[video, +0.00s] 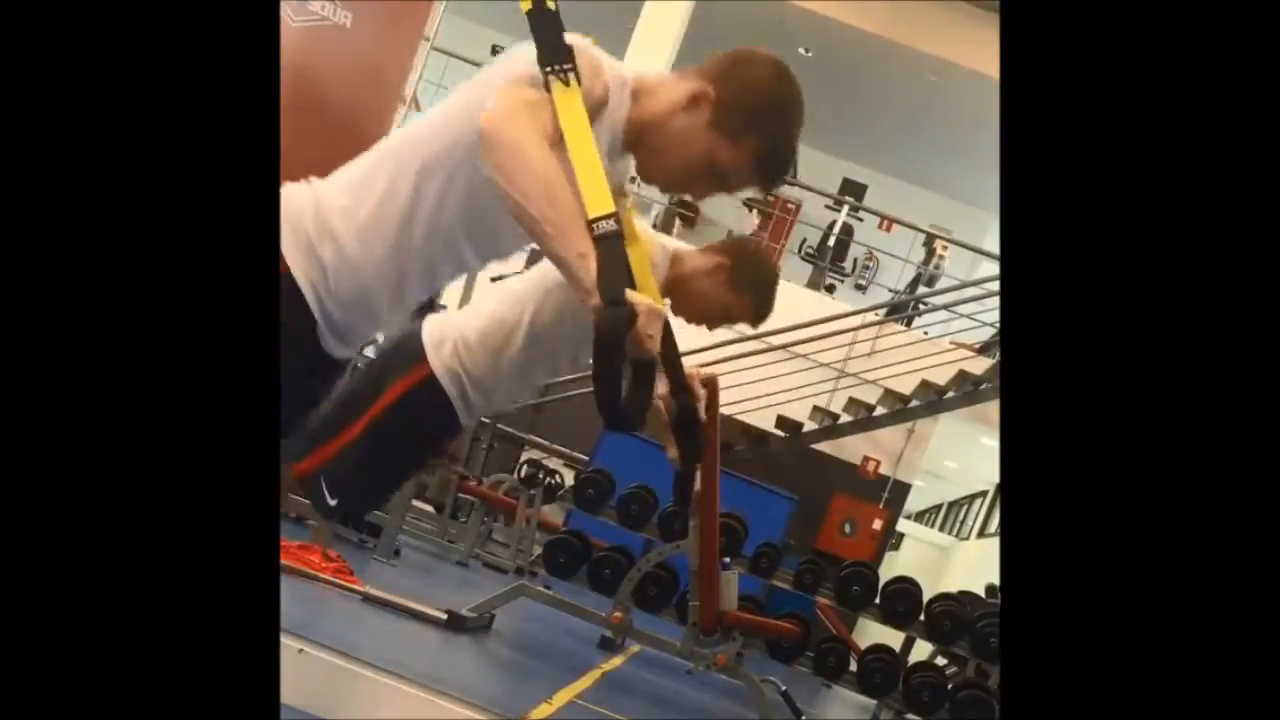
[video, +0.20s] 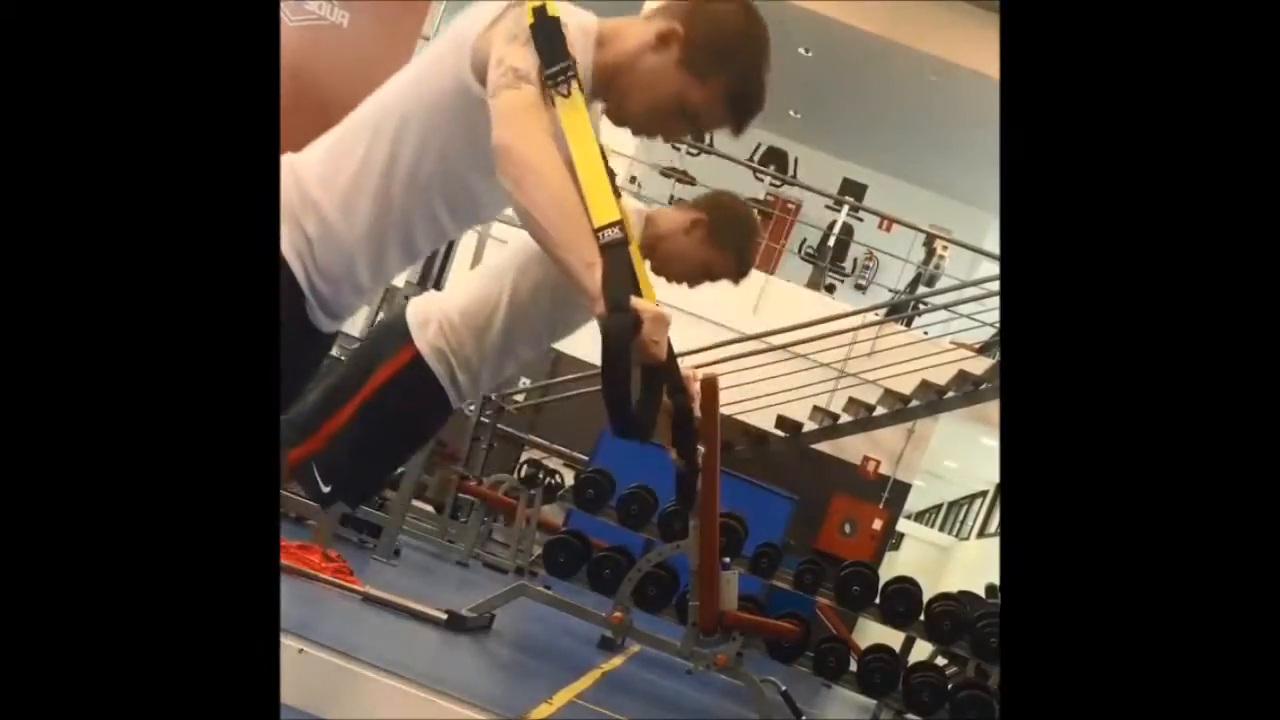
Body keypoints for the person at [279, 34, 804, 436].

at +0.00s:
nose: (700, 195)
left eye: (721, 189)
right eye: (715, 172)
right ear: (698, 104)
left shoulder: (610, 165)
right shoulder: (583, 69)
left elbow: (626, 273)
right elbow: (507, 134)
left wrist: (669, 380)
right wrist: (598, 286)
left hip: (336, 337)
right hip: (294, 273)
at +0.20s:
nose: (672, 141)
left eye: (691, 135)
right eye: (685, 118)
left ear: (660, 38)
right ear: (666, 37)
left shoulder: (577, 116)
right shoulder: (542, 21)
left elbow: (601, 235)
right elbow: (519, 148)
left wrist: (644, 325)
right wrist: (612, 294)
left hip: (323, 310)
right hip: (286, 251)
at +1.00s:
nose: (704, 208)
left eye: (722, 203)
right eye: (718, 189)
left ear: (696, 120)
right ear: (697, 121)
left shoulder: (615, 174)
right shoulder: (582, 84)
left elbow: (634, 266)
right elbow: (522, 141)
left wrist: (683, 352)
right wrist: (628, 271)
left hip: (341, 357)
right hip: (297, 298)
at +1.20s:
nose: (723, 277)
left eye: (744, 273)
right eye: (740, 259)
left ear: (726, 186)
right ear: (728, 190)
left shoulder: (652, 238)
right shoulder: (630, 149)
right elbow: (521, 117)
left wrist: (673, 356)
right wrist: (636, 271)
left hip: (355, 397)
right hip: (311, 333)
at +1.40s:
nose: (740, 341)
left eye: (759, 343)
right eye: (757, 327)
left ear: (751, 253)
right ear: (754, 257)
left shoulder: (658, 276)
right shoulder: (651, 212)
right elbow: (533, 122)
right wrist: (654, 274)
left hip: (361, 429)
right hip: (325, 376)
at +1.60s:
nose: (746, 404)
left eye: (766, 405)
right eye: (768, 392)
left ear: (774, 325)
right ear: (774, 330)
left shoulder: (683, 344)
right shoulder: (659, 251)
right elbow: (538, 130)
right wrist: (628, 266)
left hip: (365, 467)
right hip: (332, 414)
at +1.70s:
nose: (757, 475)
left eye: (778, 471)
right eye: (777, 456)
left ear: (778, 366)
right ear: (779, 371)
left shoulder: (702, 410)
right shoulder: (667, 283)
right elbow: (536, 145)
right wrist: (630, 283)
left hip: (367, 491)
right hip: (335, 436)